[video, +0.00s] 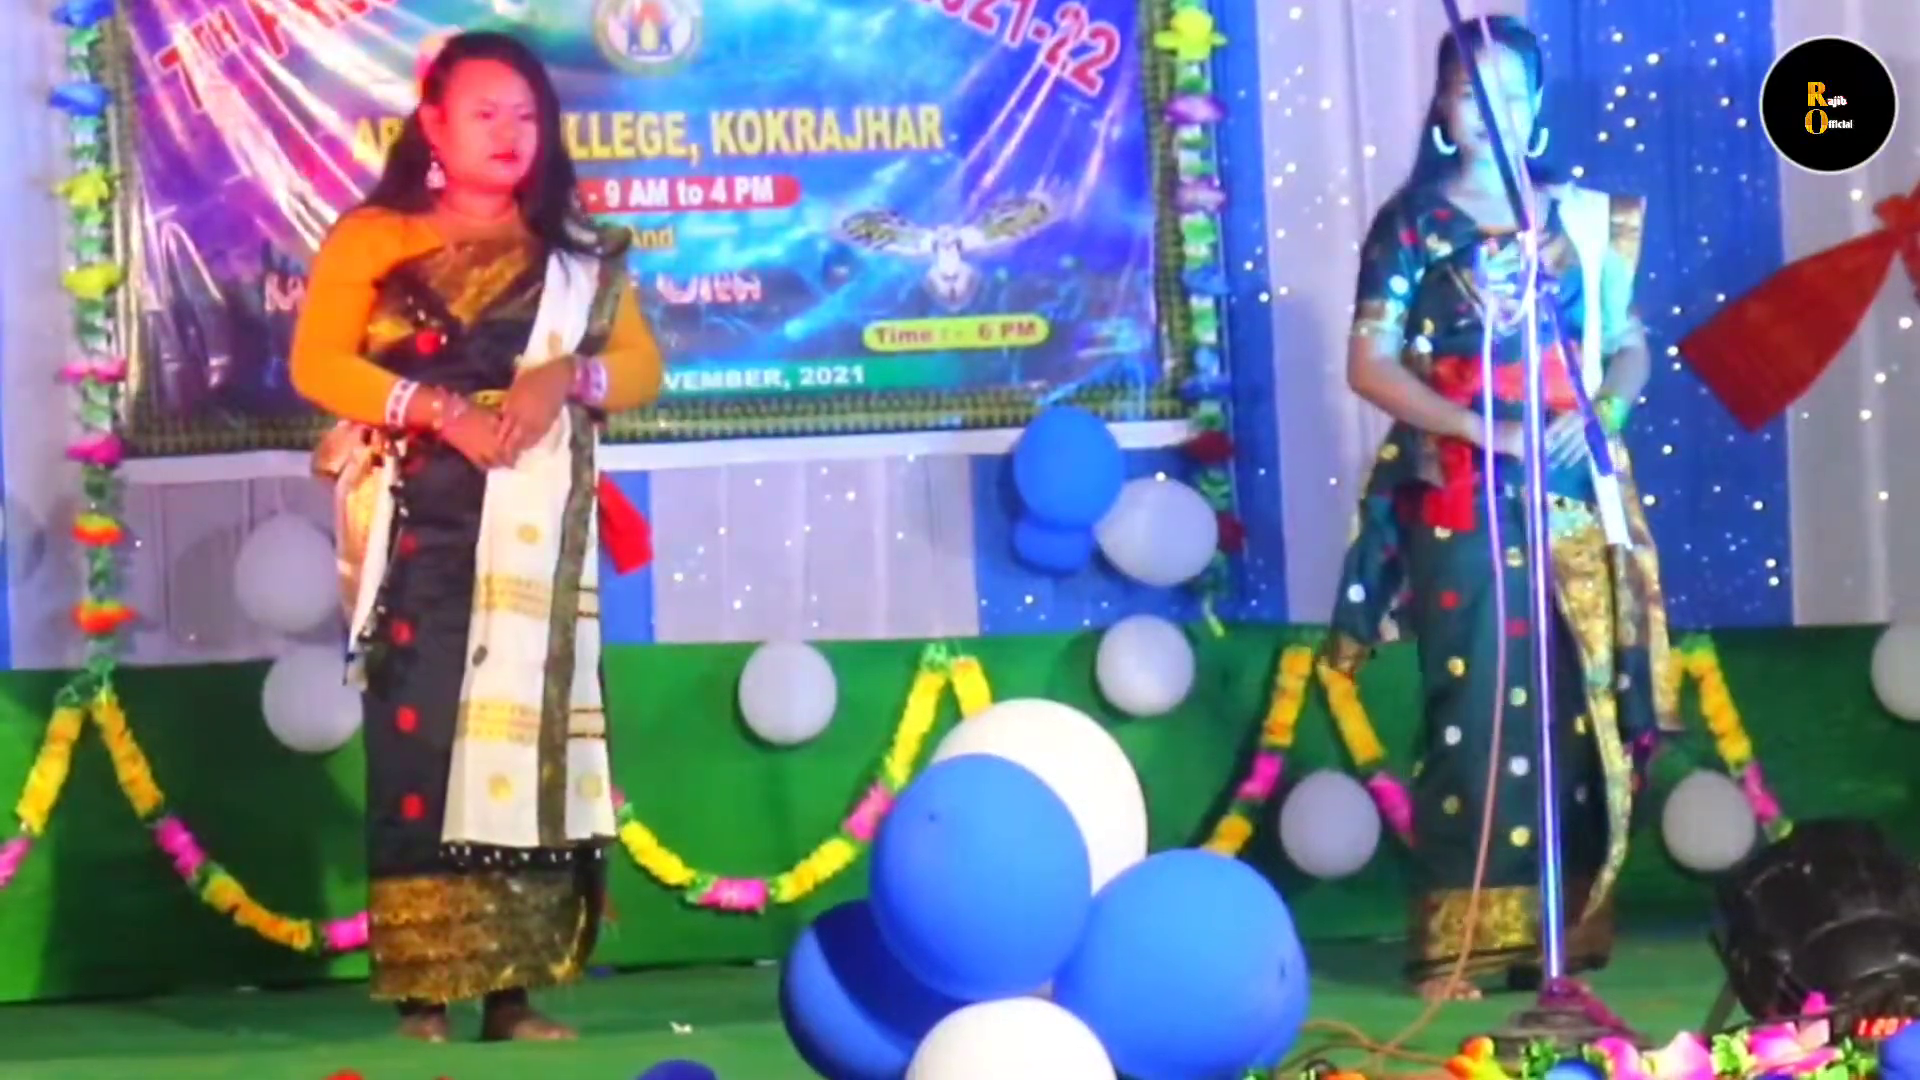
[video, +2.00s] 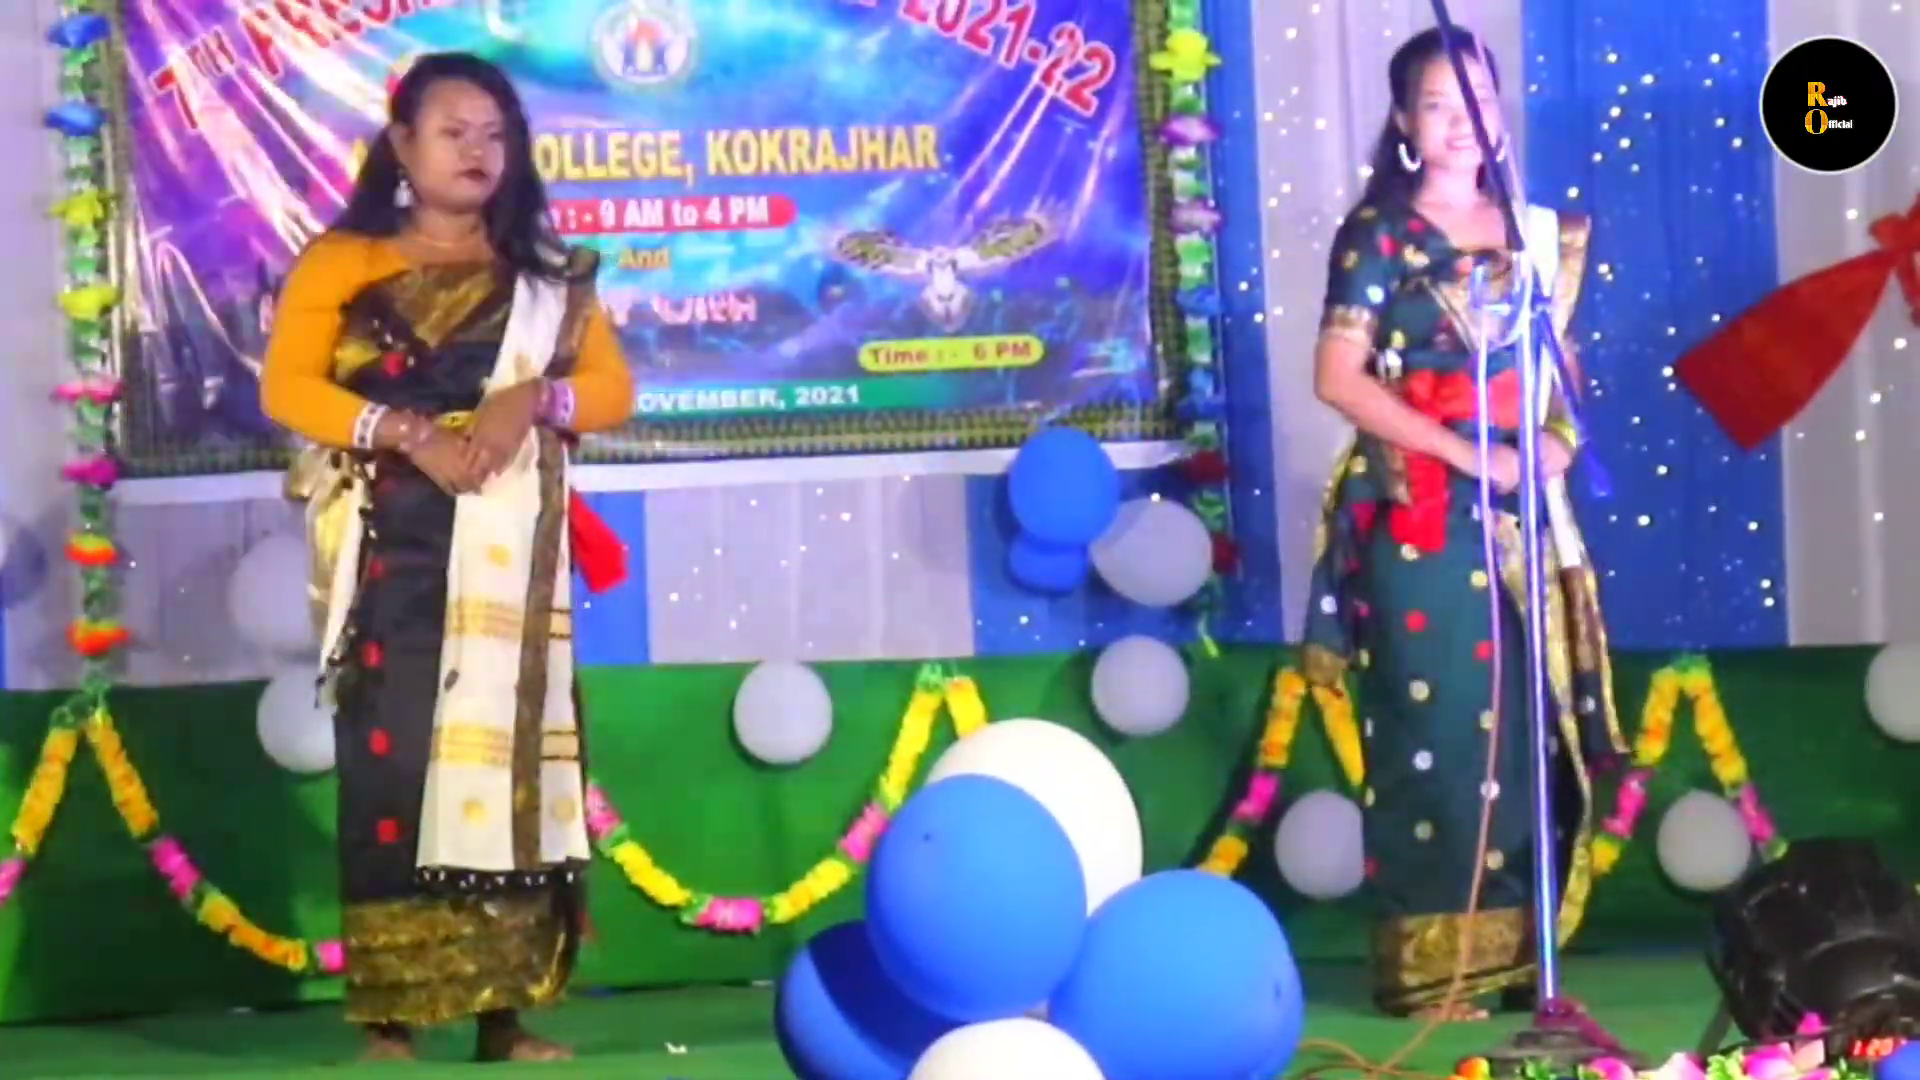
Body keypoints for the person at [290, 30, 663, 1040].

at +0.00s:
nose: (508, 133)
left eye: (524, 115)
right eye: (484, 114)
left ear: (545, 129)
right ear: (433, 126)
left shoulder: (574, 247)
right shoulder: (371, 237)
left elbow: (643, 371)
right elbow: (316, 363)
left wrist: (567, 376)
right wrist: (436, 407)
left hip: (537, 536)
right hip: (422, 531)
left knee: (528, 740)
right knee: (422, 744)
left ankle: (509, 991)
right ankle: (422, 990)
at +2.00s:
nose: (478, 151)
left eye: (495, 135)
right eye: (454, 132)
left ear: (514, 152)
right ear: (403, 146)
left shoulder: (545, 272)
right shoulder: (341, 262)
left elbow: (615, 393)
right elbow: (285, 388)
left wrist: (530, 398)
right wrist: (403, 427)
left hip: (512, 559)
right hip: (394, 556)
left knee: (514, 761)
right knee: (393, 766)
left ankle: (508, 1013)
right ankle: (390, 1011)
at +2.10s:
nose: (477, 150)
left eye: (494, 134)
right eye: (453, 131)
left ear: (513, 151)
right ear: (402, 147)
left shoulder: (543, 271)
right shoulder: (340, 262)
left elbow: (615, 391)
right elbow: (285, 389)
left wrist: (529, 399)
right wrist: (404, 429)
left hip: (510, 560)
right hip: (392, 558)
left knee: (512, 761)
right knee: (391, 766)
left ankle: (508, 1013)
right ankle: (386, 1011)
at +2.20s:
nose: (476, 150)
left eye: (493, 134)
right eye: (452, 131)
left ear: (512, 151)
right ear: (401, 146)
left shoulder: (543, 271)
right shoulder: (339, 262)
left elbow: (615, 389)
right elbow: (284, 388)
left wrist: (529, 399)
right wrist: (401, 427)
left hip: (512, 560)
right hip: (393, 557)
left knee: (513, 760)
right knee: (391, 766)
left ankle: (507, 1012)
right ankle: (386, 1011)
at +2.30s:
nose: (476, 153)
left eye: (493, 136)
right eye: (452, 134)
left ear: (511, 152)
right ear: (400, 147)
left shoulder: (545, 270)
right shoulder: (340, 261)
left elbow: (615, 391)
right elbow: (285, 386)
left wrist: (530, 400)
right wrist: (403, 428)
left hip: (512, 561)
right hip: (392, 558)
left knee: (513, 760)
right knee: (391, 767)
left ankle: (508, 1012)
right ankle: (387, 1011)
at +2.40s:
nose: (476, 153)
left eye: (492, 136)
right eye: (452, 134)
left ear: (511, 152)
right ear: (400, 147)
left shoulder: (544, 269)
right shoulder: (340, 261)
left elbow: (615, 389)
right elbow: (285, 387)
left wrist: (532, 398)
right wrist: (402, 427)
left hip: (512, 559)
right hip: (394, 557)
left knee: (513, 760)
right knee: (392, 765)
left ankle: (508, 1012)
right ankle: (388, 1011)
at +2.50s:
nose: (471, 152)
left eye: (488, 135)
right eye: (447, 132)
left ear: (512, 152)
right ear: (398, 147)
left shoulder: (547, 271)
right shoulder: (341, 260)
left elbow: (616, 387)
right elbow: (283, 387)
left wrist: (534, 398)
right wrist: (403, 430)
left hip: (514, 562)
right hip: (396, 559)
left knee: (514, 765)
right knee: (393, 771)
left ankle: (506, 1013)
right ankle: (386, 1012)